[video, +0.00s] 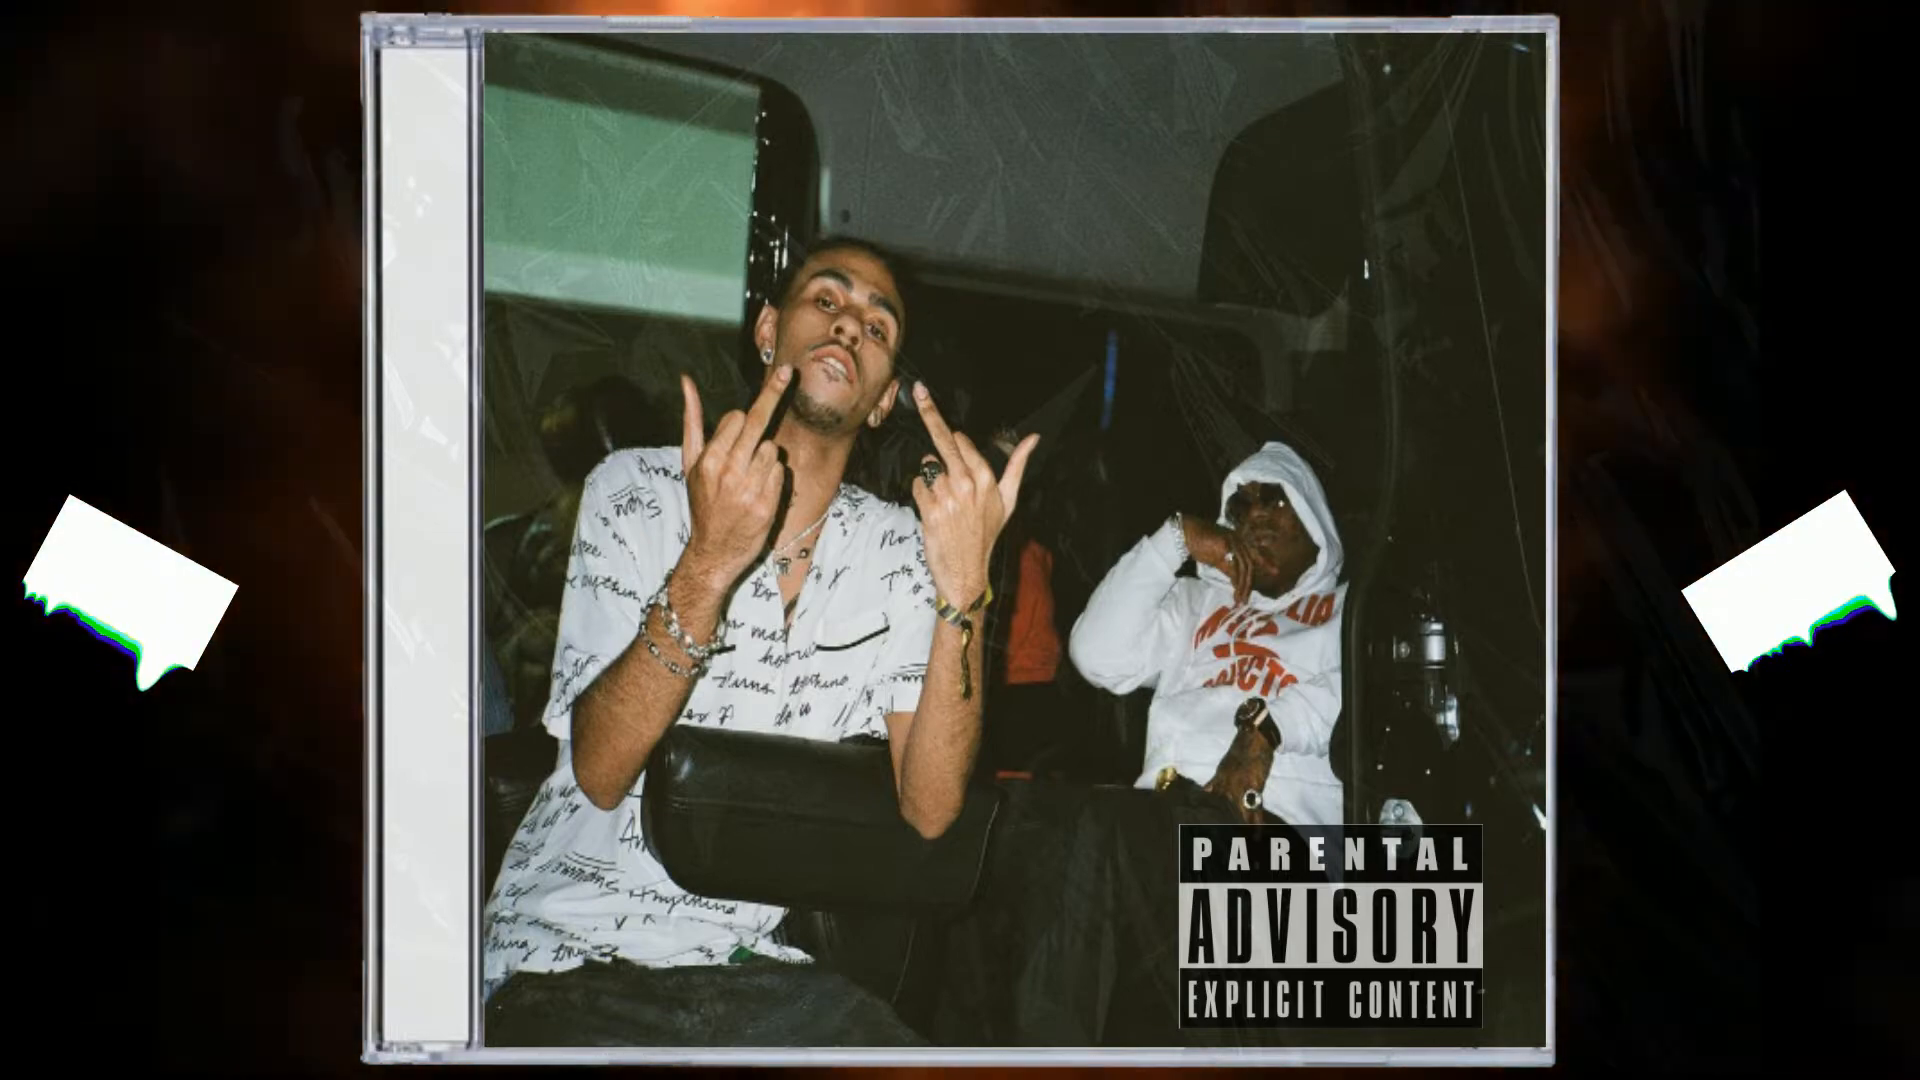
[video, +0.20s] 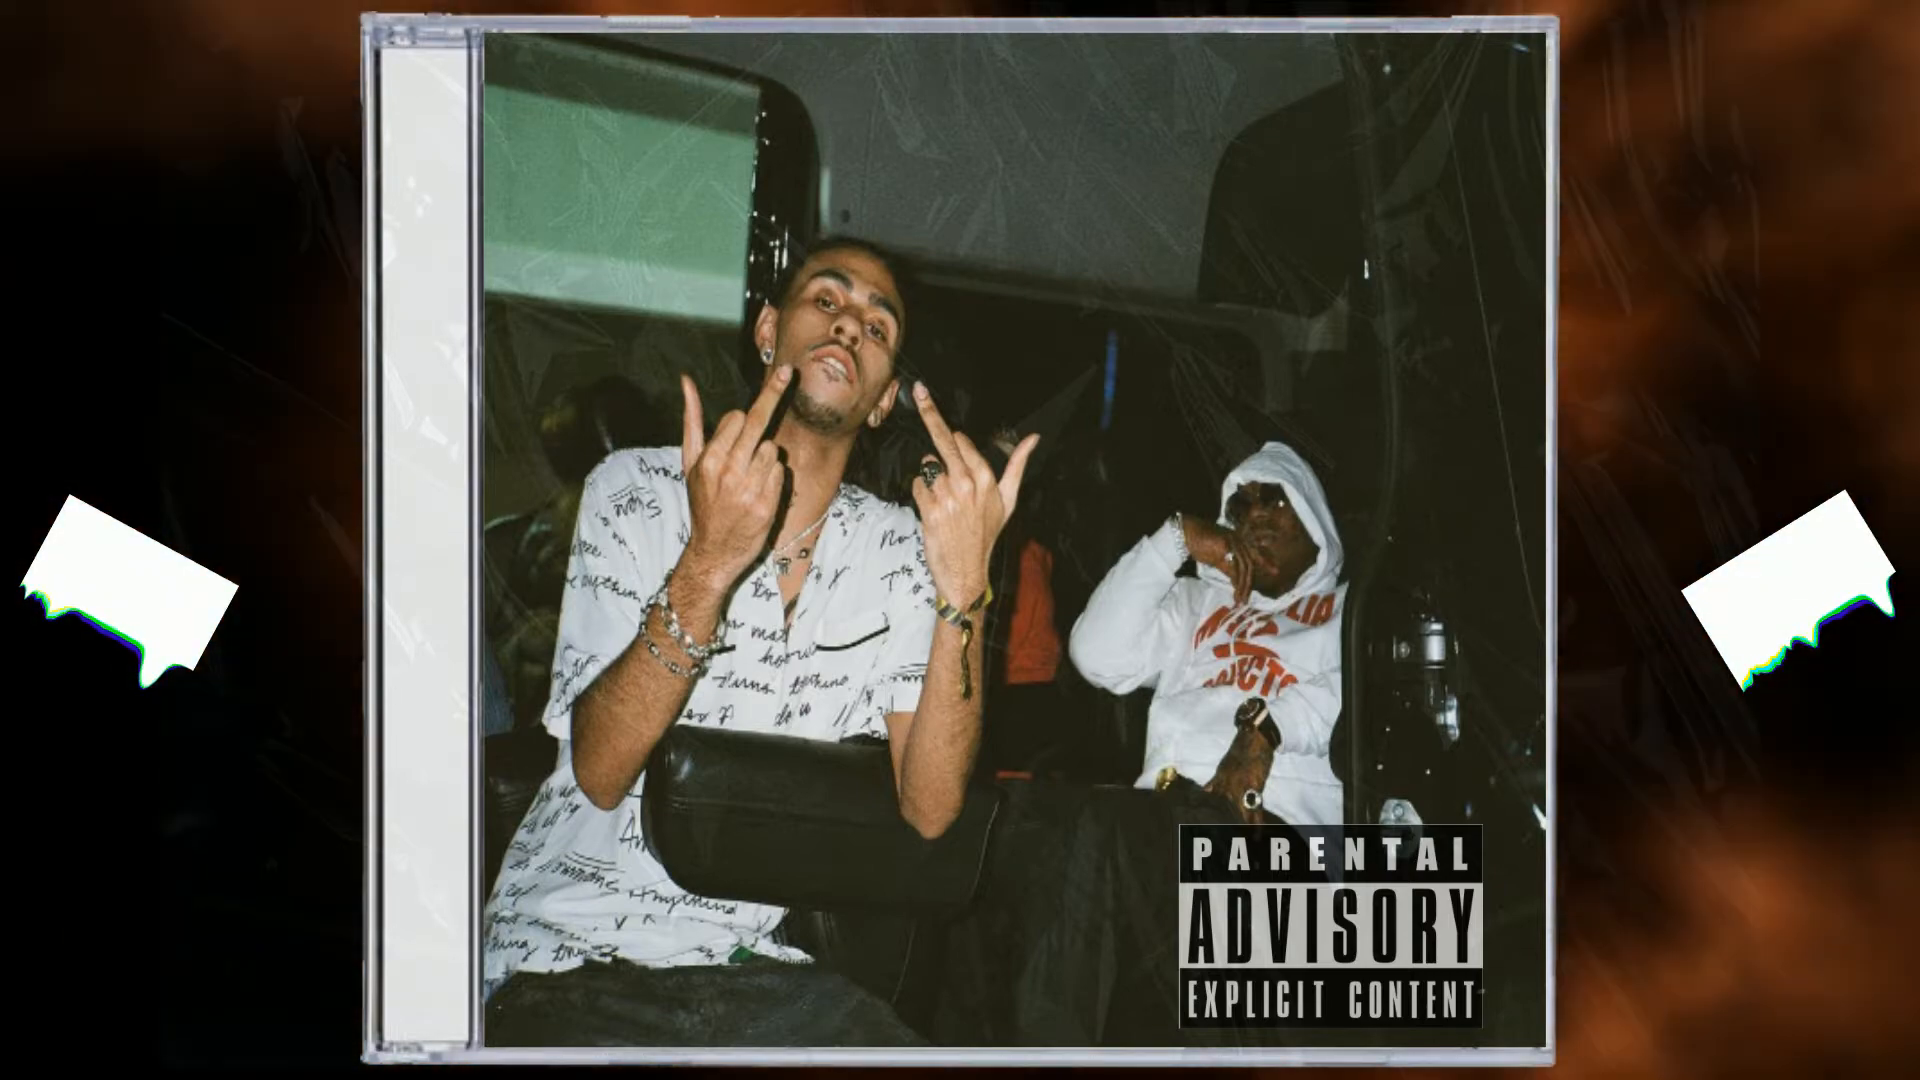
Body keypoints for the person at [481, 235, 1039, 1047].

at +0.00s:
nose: (852, 323)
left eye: (879, 323)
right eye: (826, 299)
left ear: (887, 396)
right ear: (766, 333)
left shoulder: (903, 551)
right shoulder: (638, 490)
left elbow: (931, 809)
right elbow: (601, 770)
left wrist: (966, 593)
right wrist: (710, 563)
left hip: (753, 957)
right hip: (570, 945)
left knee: (905, 1060)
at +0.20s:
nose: (852, 323)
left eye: (879, 323)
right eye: (826, 299)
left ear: (887, 395)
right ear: (767, 333)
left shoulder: (902, 550)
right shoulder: (638, 490)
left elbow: (931, 809)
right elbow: (601, 770)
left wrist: (965, 593)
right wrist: (709, 564)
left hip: (754, 957)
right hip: (570, 945)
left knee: (903, 1058)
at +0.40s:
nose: (852, 323)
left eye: (879, 323)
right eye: (826, 299)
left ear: (887, 396)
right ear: (767, 333)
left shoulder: (902, 551)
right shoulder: (638, 490)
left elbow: (931, 809)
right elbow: (601, 770)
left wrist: (965, 593)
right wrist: (709, 564)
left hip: (753, 957)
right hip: (569, 945)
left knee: (907, 1062)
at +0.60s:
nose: (852, 323)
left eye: (879, 323)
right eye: (826, 299)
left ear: (887, 396)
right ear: (767, 333)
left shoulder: (902, 550)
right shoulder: (638, 490)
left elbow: (931, 809)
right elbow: (601, 770)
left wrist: (966, 593)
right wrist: (709, 564)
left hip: (753, 957)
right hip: (569, 945)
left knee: (904, 1061)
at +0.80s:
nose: (852, 323)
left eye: (879, 323)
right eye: (826, 299)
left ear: (887, 396)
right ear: (767, 333)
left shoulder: (902, 550)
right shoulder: (638, 490)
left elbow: (931, 809)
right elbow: (601, 770)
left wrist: (966, 593)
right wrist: (709, 564)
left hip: (754, 957)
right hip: (570, 945)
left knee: (904, 1059)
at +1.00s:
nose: (852, 323)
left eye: (879, 323)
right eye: (826, 299)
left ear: (887, 396)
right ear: (767, 333)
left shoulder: (902, 550)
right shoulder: (638, 490)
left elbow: (931, 809)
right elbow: (601, 770)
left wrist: (966, 593)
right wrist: (709, 564)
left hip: (753, 957)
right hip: (569, 945)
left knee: (907, 1063)